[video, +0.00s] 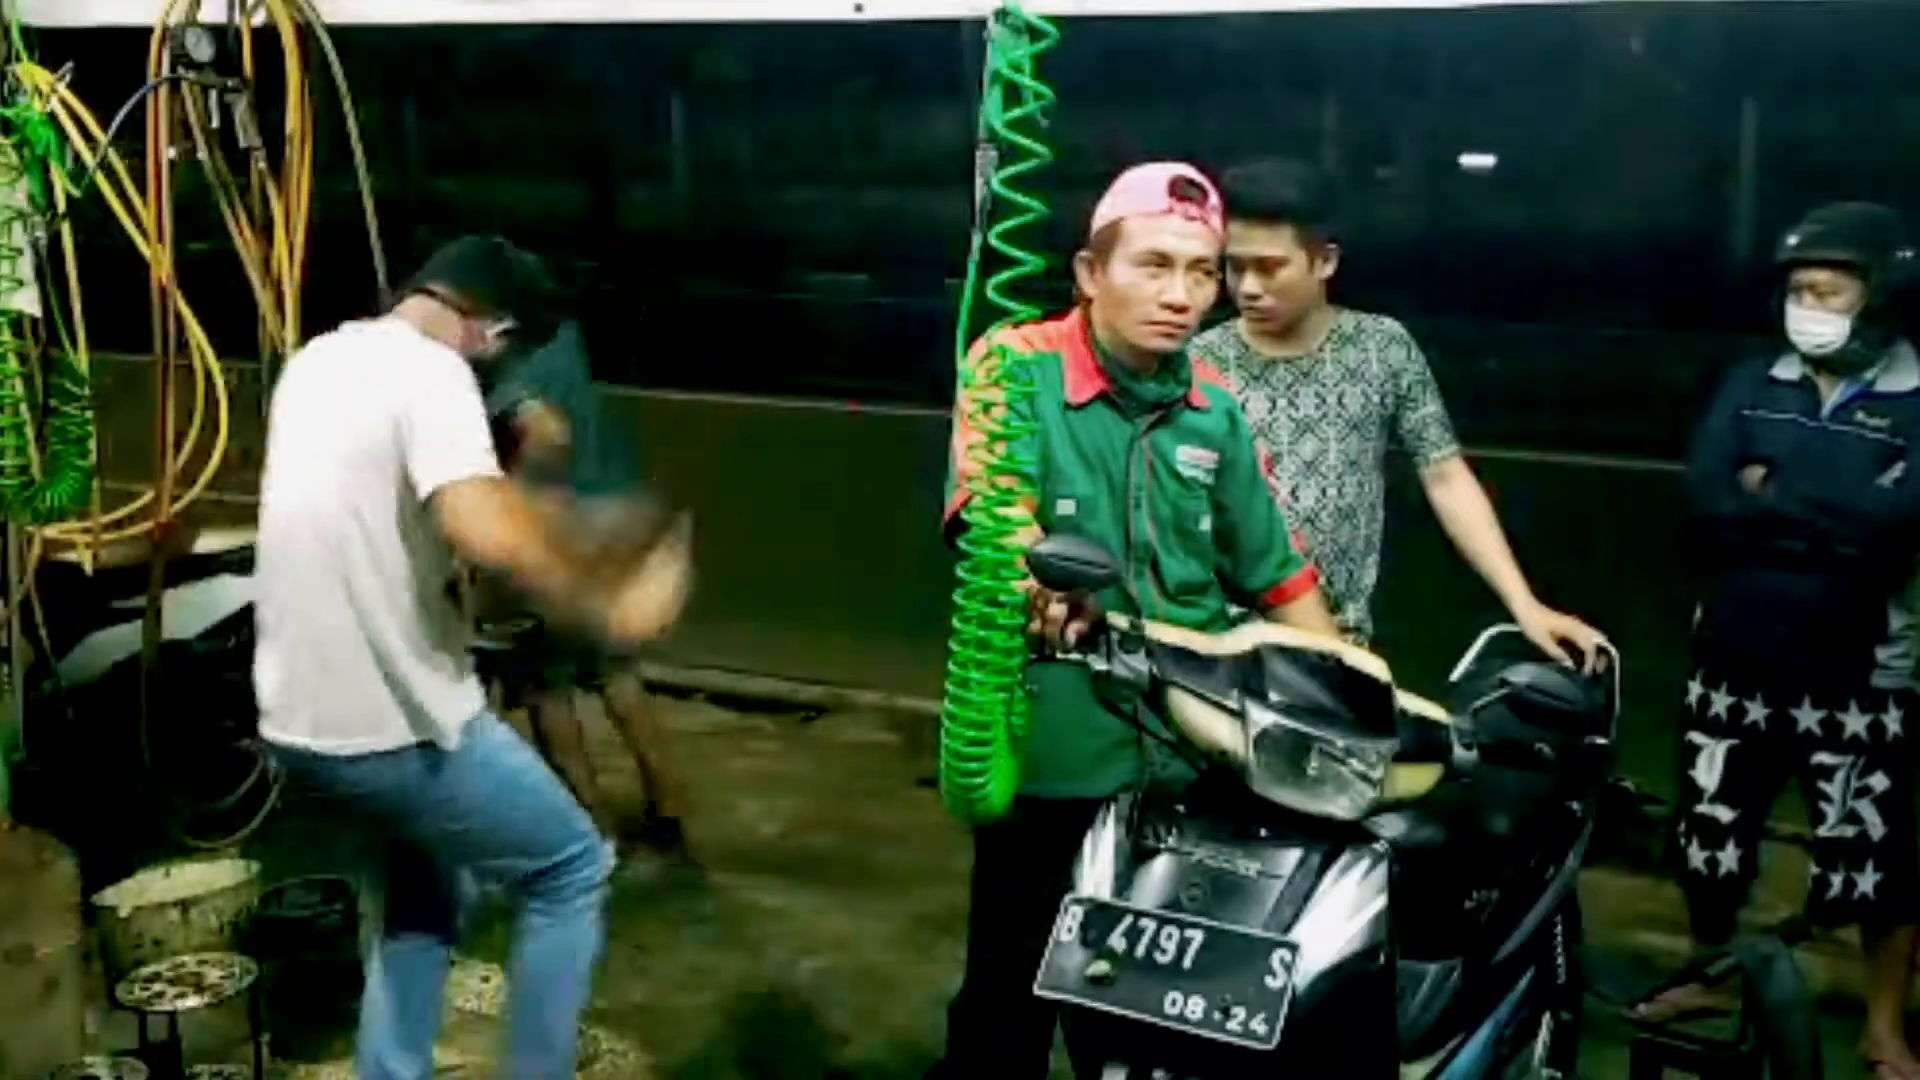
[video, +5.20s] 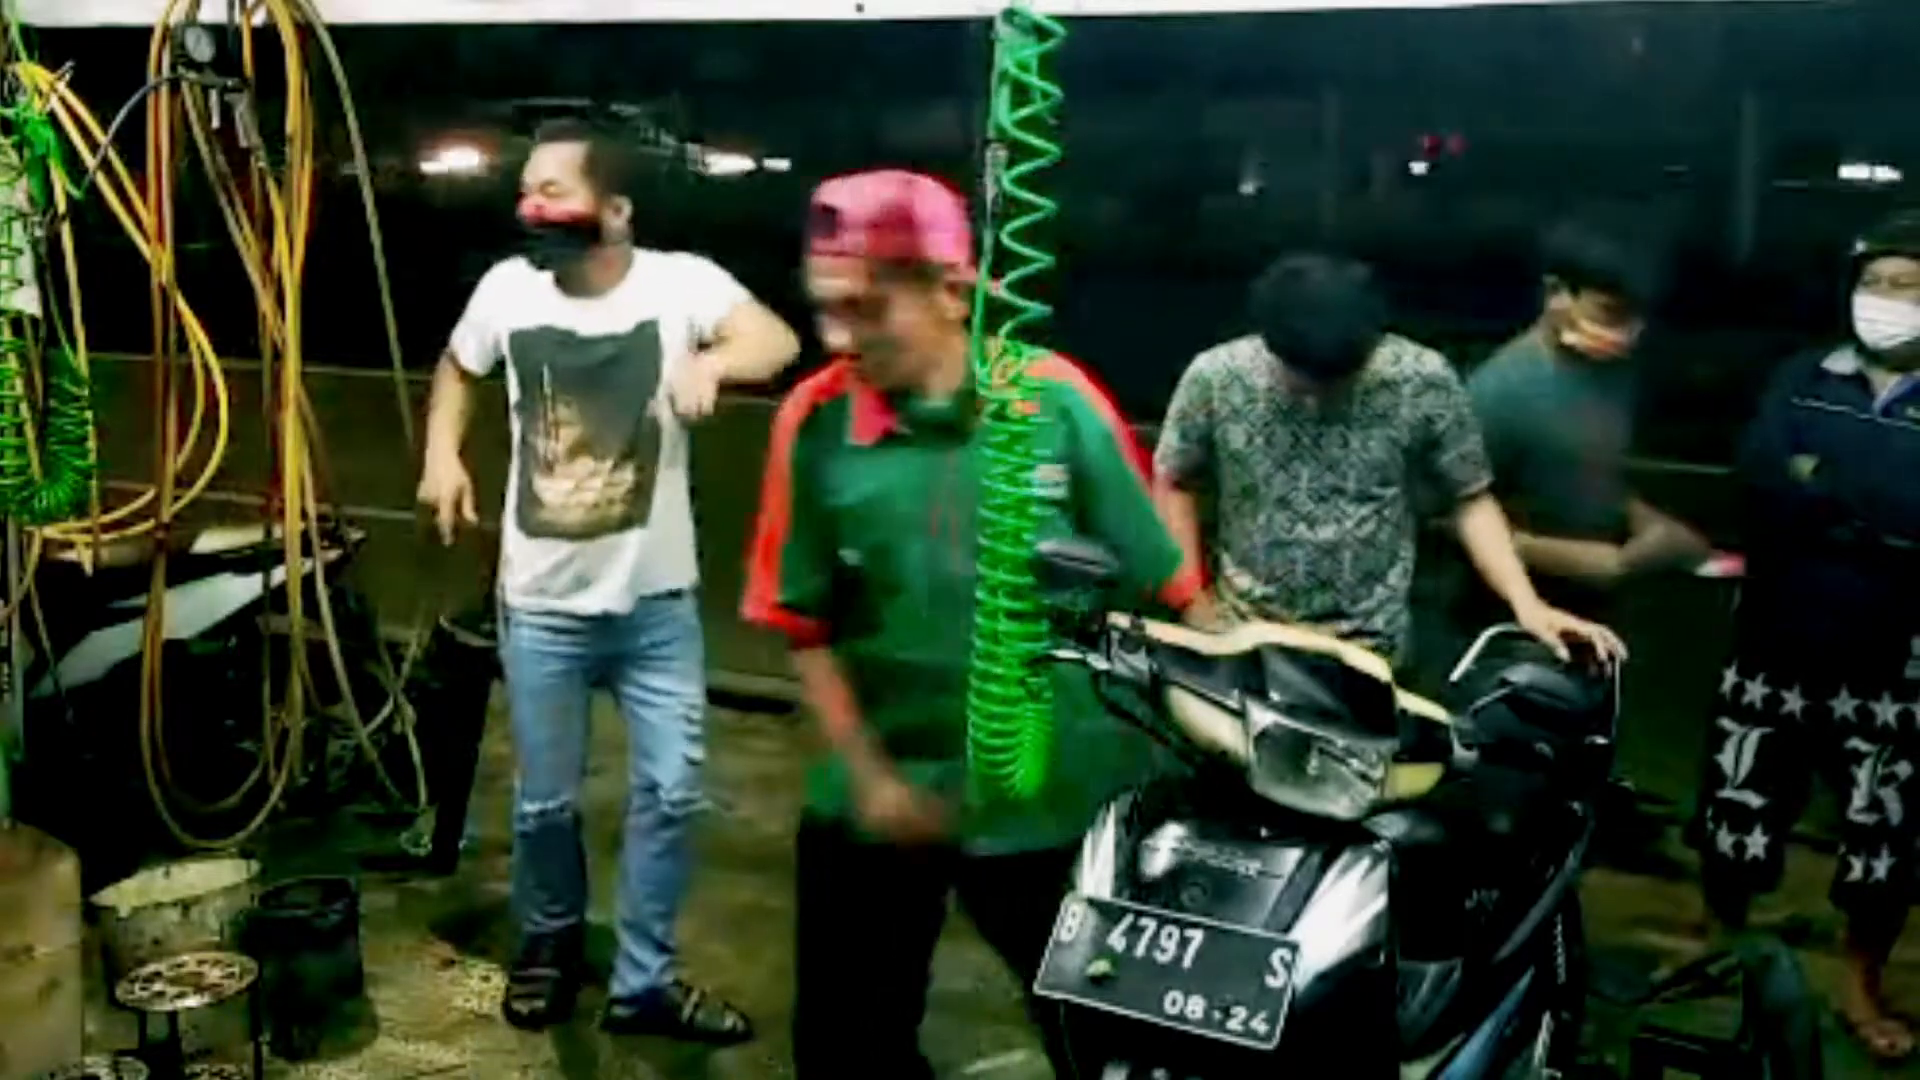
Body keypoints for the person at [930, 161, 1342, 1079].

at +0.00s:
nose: (1181, 295)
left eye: (1201, 274)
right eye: (1155, 267)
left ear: (1217, 288)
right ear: (1091, 274)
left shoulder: (1212, 411)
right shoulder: (1015, 367)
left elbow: (1285, 583)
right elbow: (987, 509)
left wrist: (1354, 698)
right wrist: (1041, 594)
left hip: (1187, 756)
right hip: (1050, 755)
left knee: (1157, 1012)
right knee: (1006, 1013)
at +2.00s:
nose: (1236, 329)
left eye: (1245, 308)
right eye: (1225, 302)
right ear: (1148, 285)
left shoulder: (1213, 415)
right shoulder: (1019, 367)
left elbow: (1282, 581)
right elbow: (990, 512)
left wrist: (1354, 689)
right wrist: (1044, 597)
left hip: (1183, 760)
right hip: (1048, 759)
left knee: (1152, 1017)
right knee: (1005, 1016)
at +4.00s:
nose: (1169, 303)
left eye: (1194, 282)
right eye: (1146, 274)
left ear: (1217, 296)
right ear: (1090, 274)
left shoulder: (1215, 412)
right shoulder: (1017, 367)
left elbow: (1282, 584)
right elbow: (987, 509)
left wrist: (1344, 699)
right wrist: (1043, 596)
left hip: (1188, 754)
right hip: (1050, 752)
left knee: (1159, 1009)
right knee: (1007, 1010)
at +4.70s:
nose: (1045, 322)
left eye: (1069, 298)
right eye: (1031, 298)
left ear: (1138, 294)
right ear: (1014, 296)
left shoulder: (1189, 409)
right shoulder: (969, 386)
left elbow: (1283, 588)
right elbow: (943, 557)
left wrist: (1353, 678)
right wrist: (1037, 596)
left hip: (1161, 773)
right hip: (1015, 776)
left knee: (1141, 1036)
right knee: (943, 1025)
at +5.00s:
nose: (952, 335)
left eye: (977, 313)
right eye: (941, 310)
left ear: (1059, 306)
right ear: (927, 300)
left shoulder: (1135, 407)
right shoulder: (902, 407)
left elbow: (1241, 596)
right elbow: (885, 604)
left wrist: (1337, 663)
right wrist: (1012, 648)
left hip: (1121, 774)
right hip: (960, 775)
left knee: (1135, 1023)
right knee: (890, 1018)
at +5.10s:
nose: (903, 345)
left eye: (926, 319)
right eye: (888, 318)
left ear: (1006, 306)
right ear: (873, 308)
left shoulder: (1100, 408)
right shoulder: (861, 418)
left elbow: (1211, 586)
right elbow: (853, 616)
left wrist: (1325, 652)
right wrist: (970, 713)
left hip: (1092, 792)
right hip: (922, 790)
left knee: (1135, 1033)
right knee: (863, 1039)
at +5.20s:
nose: (842, 336)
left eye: (864, 311)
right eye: (829, 312)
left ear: (950, 293)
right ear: (816, 303)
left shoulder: (1054, 404)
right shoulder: (818, 420)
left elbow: (1171, 591)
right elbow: (801, 624)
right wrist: (869, 776)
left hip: (1049, 812)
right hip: (876, 809)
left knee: (1112, 1051)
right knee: (847, 1056)